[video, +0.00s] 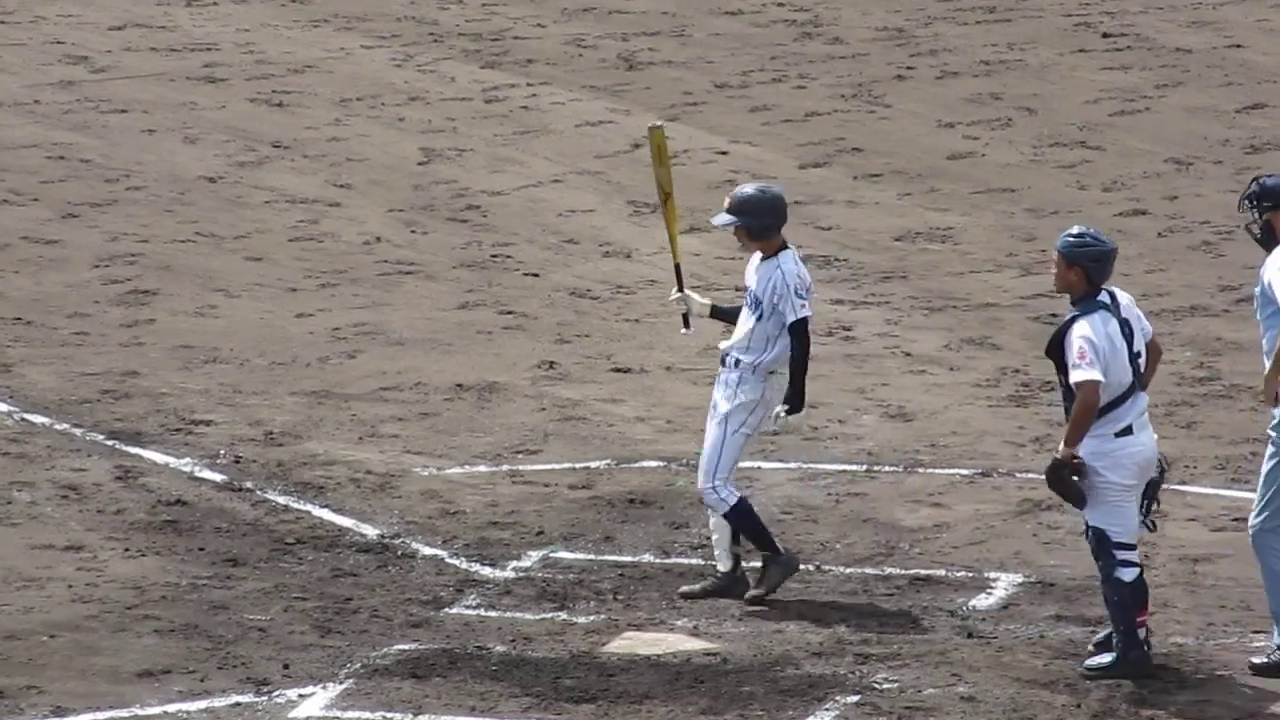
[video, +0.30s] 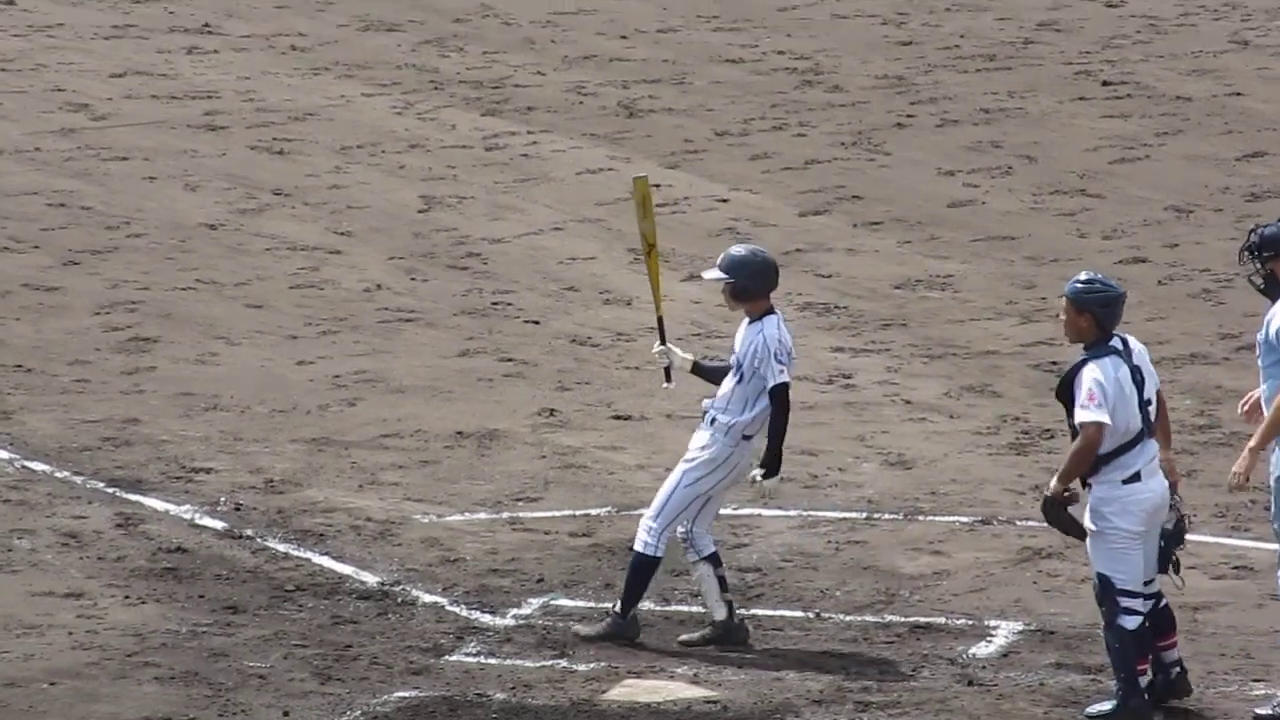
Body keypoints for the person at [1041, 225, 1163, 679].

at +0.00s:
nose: (1053, 268)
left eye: (1059, 263)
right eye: (1056, 262)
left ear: (1079, 274)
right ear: (1089, 271)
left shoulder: (1082, 330)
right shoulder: (1120, 298)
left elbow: (1089, 397)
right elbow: (1153, 349)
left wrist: (1066, 449)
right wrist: (1132, 397)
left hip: (1109, 452)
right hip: (1139, 440)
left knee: (1115, 551)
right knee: (1110, 539)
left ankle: (1132, 650)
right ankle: (1126, 629)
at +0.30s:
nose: (1062, 317)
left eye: (1068, 311)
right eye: (1064, 310)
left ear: (1088, 319)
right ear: (1101, 317)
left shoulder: (1092, 373)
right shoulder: (1133, 347)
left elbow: (1090, 440)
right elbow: (1158, 406)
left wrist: (1060, 483)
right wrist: (1165, 455)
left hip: (1119, 496)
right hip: (1153, 484)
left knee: (1118, 597)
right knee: (1147, 586)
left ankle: (1130, 694)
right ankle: (1171, 675)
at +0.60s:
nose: (1079, 327)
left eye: (1086, 321)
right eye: (1083, 320)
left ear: (1107, 331)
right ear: (1118, 328)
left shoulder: (1105, 382)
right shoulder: (1153, 361)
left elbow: (1115, 443)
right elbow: (1179, 425)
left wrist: (1095, 499)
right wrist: (1178, 477)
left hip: (1131, 509)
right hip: (1169, 498)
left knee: (1120, 613)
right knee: (1157, 606)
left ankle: (1131, 707)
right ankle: (1172, 699)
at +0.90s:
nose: (1096, 331)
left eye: (1102, 325)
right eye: (1098, 323)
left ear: (1122, 332)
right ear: (1133, 330)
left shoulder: (1128, 373)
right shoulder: (1163, 367)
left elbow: (1150, 427)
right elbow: (1199, 429)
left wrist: (1135, 490)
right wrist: (1174, 474)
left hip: (1155, 508)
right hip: (1186, 504)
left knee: (1133, 613)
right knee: (1175, 613)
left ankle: (1136, 708)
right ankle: (1178, 704)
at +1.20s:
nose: (1111, 330)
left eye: (1118, 324)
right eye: (1114, 322)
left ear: (1139, 332)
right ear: (1145, 330)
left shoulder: (1151, 379)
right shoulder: (1166, 372)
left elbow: (1167, 448)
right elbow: (1179, 448)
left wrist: (1137, 506)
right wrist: (1138, 501)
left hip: (1167, 509)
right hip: (1181, 505)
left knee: (1147, 613)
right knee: (1174, 611)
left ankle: (1174, 708)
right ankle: (1174, 701)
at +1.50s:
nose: (1125, 337)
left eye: (1130, 329)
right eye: (1126, 328)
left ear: (1149, 335)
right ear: (1160, 333)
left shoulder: (1160, 392)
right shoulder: (1178, 372)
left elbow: (1156, 465)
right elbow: (1144, 405)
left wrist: (1130, 527)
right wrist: (1108, 420)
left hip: (1166, 515)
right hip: (1180, 507)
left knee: (1160, 617)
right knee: (1167, 612)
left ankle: (1176, 708)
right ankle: (1174, 702)